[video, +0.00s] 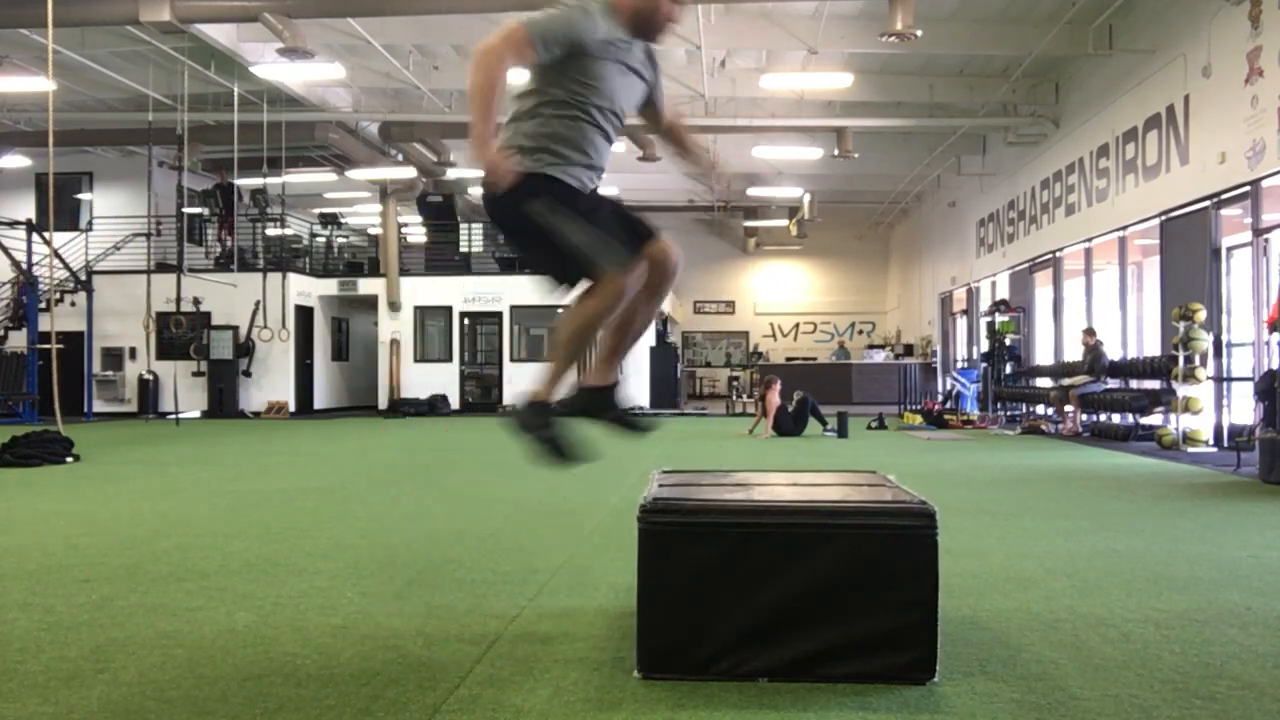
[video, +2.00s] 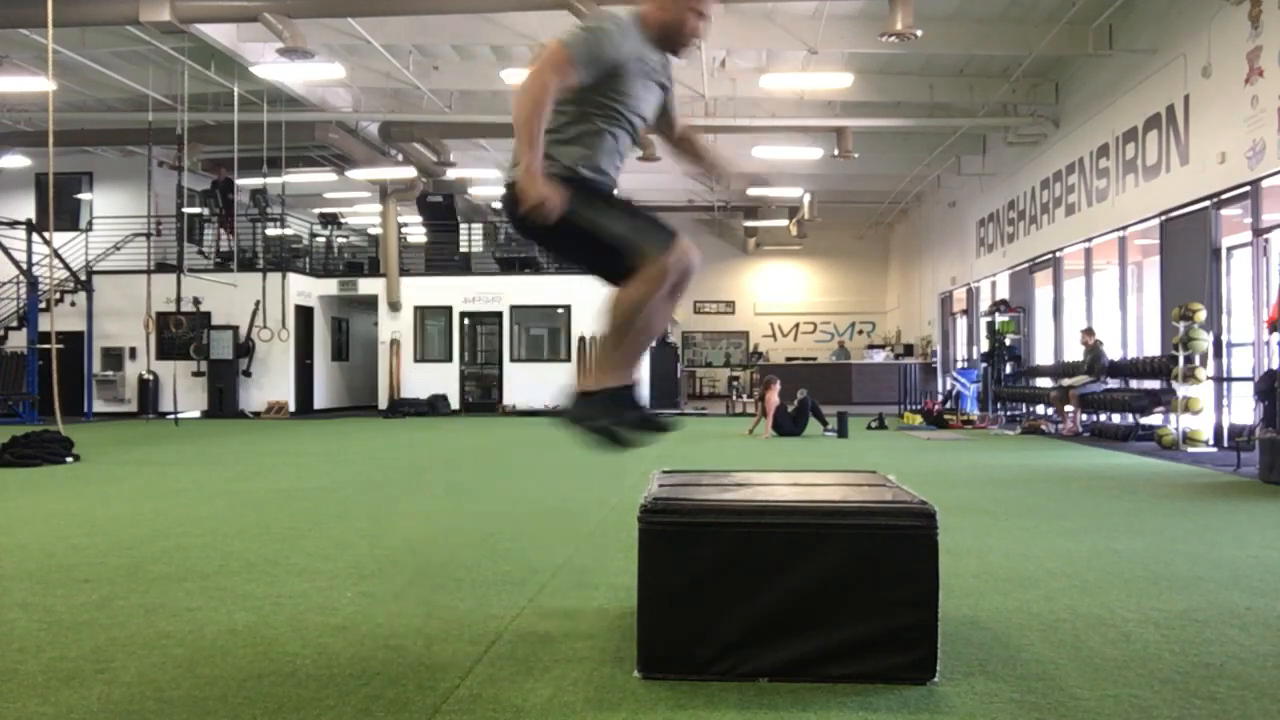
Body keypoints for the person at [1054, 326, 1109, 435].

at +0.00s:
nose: (1082, 340)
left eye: (1085, 337)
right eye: (1083, 337)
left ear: (1092, 338)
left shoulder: (1099, 353)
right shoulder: (1087, 351)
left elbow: (1098, 376)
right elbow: (1084, 370)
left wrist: (1079, 379)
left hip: (1099, 382)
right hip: (1086, 380)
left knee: (1074, 393)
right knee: (1057, 395)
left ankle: (1076, 426)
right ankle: (1066, 425)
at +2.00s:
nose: (1081, 340)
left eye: (1084, 337)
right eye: (1081, 337)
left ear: (1091, 338)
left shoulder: (1099, 353)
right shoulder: (1087, 351)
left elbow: (1096, 376)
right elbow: (1085, 371)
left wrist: (1074, 381)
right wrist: (1071, 380)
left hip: (1099, 382)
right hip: (1087, 379)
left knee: (1074, 393)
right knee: (1055, 395)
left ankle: (1076, 426)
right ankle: (1066, 425)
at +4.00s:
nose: (1083, 340)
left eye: (1085, 337)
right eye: (1083, 337)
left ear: (1093, 338)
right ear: (1087, 338)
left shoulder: (1100, 354)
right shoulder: (1087, 351)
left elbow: (1096, 377)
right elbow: (1085, 372)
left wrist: (1073, 381)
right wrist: (1071, 380)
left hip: (1098, 382)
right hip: (1086, 380)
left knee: (1074, 393)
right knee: (1054, 395)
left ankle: (1076, 426)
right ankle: (1066, 424)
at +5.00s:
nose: (1083, 340)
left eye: (1086, 337)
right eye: (1083, 337)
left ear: (1093, 338)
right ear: (1084, 337)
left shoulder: (1100, 353)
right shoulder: (1087, 351)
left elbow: (1095, 376)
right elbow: (1084, 371)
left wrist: (1073, 381)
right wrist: (1070, 380)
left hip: (1098, 382)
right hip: (1085, 380)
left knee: (1073, 393)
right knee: (1055, 395)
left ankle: (1076, 426)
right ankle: (1066, 424)